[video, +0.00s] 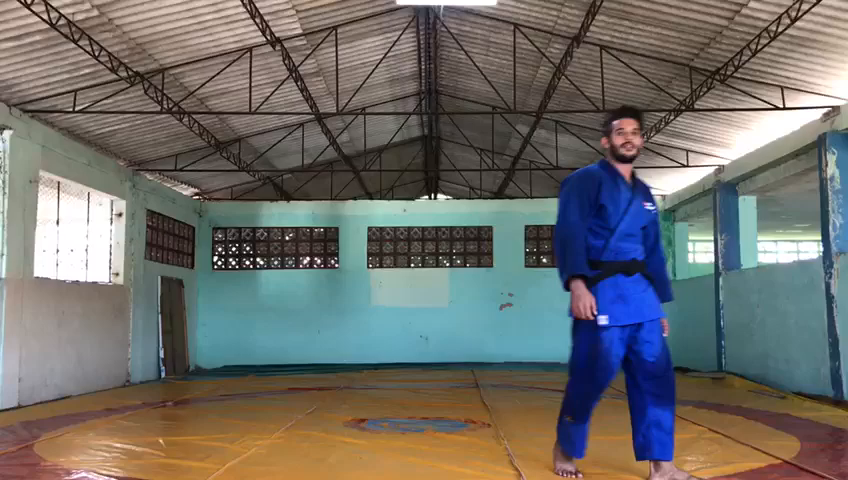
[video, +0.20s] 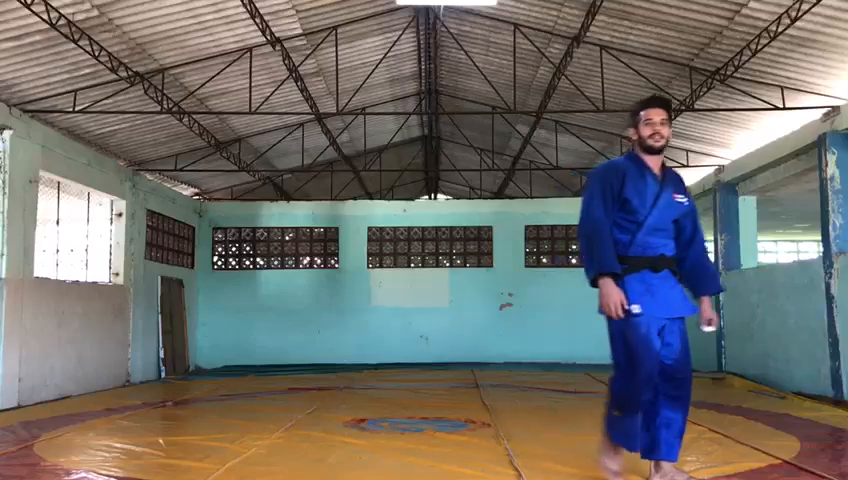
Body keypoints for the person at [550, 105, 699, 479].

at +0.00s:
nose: (629, 138)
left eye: (635, 133)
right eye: (621, 132)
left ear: (641, 141)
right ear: (606, 140)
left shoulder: (645, 194)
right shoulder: (584, 181)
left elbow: (653, 253)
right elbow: (568, 234)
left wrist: (657, 307)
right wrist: (577, 284)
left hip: (640, 285)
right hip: (600, 286)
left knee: (655, 372)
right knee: (593, 372)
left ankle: (660, 464)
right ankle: (565, 449)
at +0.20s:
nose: (656, 129)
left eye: (663, 123)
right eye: (648, 123)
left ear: (670, 131)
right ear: (634, 130)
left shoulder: (676, 184)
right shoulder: (609, 174)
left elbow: (691, 242)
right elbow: (593, 228)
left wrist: (705, 292)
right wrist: (605, 281)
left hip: (669, 279)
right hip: (628, 280)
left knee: (676, 369)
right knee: (642, 365)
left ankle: (663, 461)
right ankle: (615, 441)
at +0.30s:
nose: (668, 125)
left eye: (674, 118)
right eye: (659, 119)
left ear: (681, 126)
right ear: (644, 127)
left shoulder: (689, 180)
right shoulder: (621, 171)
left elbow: (709, 235)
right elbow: (604, 227)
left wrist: (728, 288)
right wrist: (615, 281)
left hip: (677, 276)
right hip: (638, 277)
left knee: (684, 366)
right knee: (659, 362)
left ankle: (669, 462)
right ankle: (660, 463)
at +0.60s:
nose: (708, 133)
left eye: (714, 125)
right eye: (700, 124)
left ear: (719, 125)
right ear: (678, 122)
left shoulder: (725, 174)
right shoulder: (650, 173)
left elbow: (746, 231)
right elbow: (634, 235)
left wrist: (756, 282)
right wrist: (644, 292)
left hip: (720, 280)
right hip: (677, 281)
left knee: (747, 366)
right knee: (697, 384)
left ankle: (714, 454)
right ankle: (702, 470)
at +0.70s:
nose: (730, 145)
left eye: (736, 137)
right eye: (723, 136)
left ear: (741, 132)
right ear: (699, 127)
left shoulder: (737, 176)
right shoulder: (658, 173)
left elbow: (752, 236)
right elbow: (642, 235)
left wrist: (761, 284)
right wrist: (654, 290)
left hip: (733, 281)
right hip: (683, 283)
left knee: (773, 362)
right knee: (696, 393)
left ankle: (734, 444)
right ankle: (698, 471)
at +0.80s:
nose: (752, 156)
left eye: (758, 149)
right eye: (747, 147)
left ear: (762, 140)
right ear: (723, 132)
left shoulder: (754, 178)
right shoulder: (672, 168)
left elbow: (761, 240)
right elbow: (649, 228)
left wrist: (768, 283)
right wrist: (661, 283)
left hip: (738, 277)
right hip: (687, 277)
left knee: (780, 367)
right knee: (696, 390)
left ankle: (785, 465)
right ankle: (698, 473)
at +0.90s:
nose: (768, 167)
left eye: (773, 160)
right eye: (766, 157)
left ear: (756, 147)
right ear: (747, 141)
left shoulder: (759, 179)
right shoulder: (686, 167)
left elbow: (765, 242)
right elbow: (655, 226)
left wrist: (773, 292)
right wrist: (667, 282)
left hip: (742, 285)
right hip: (692, 284)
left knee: (783, 380)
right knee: (696, 395)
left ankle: (804, 469)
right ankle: (699, 472)